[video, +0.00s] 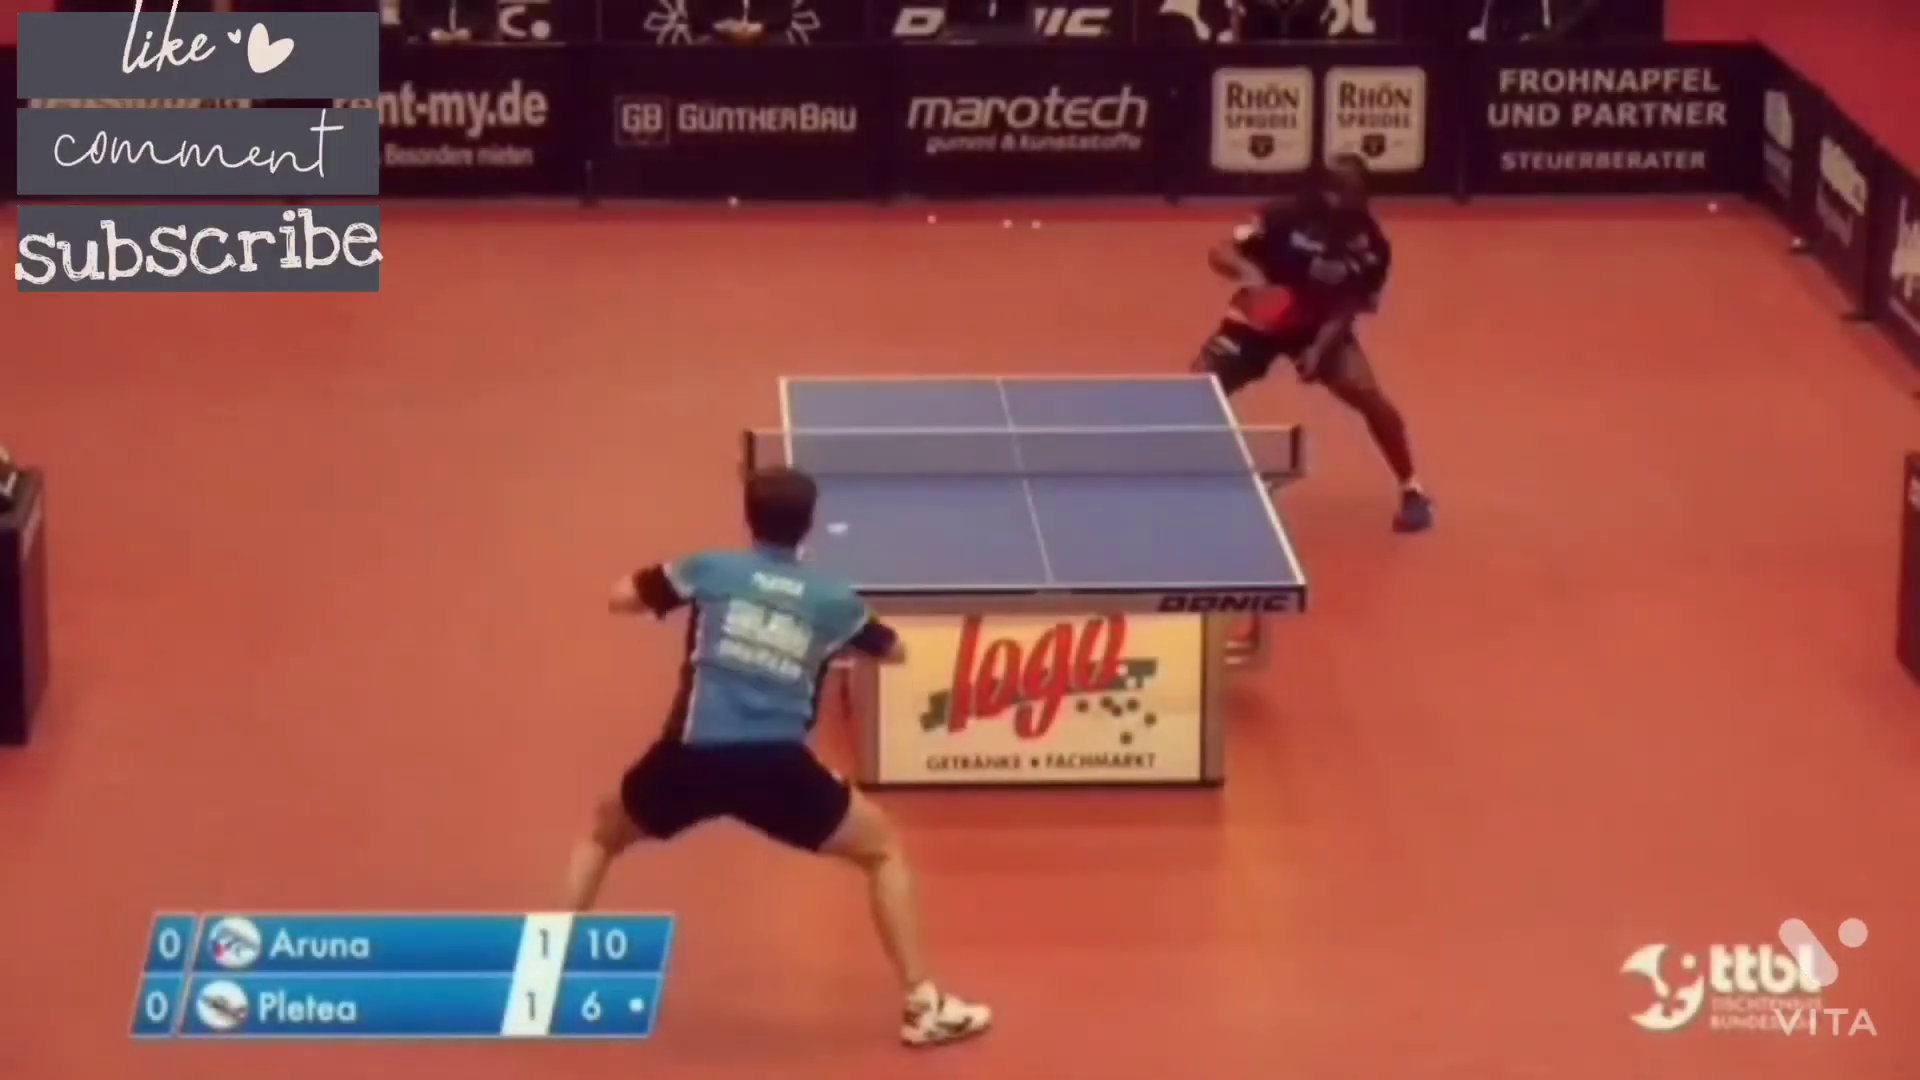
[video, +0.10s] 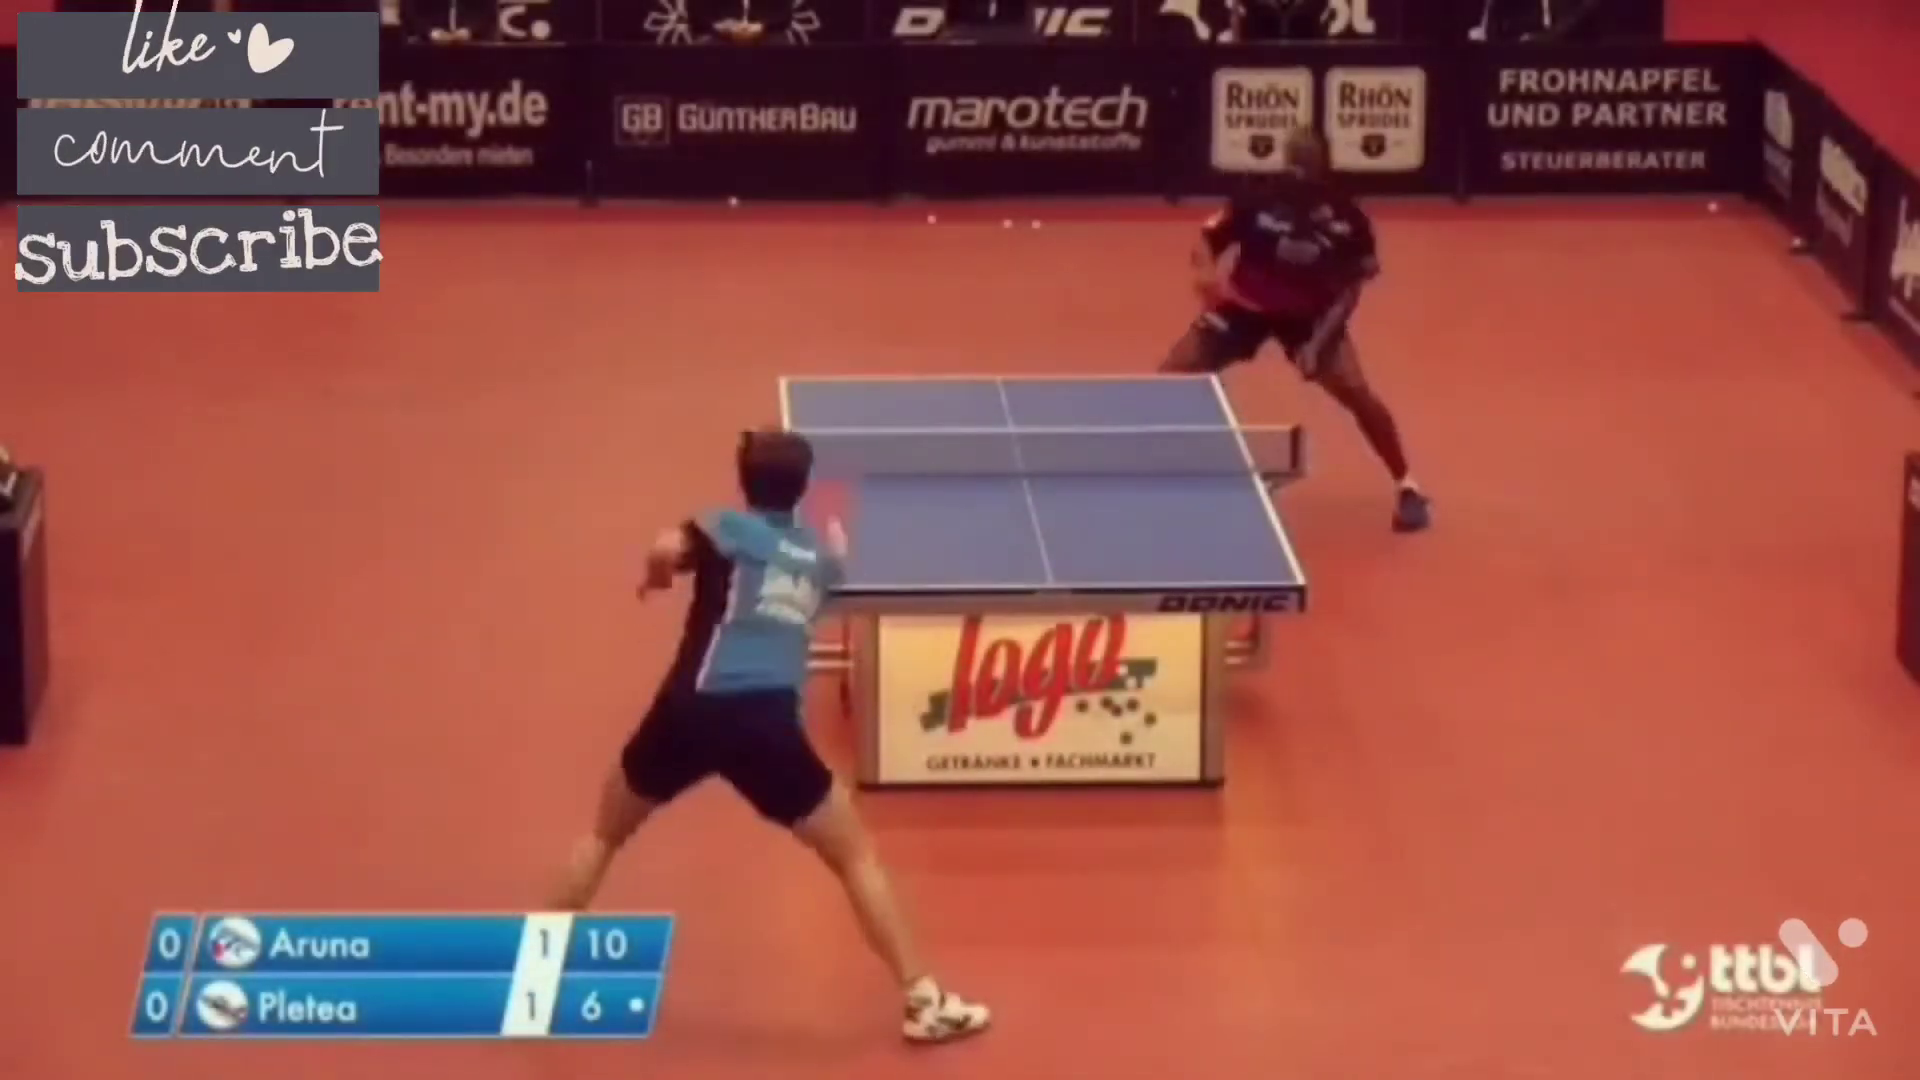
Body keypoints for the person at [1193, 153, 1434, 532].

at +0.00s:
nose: (1338, 198)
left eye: (1348, 190)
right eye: (1331, 187)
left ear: (1363, 194)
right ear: (1318, 185)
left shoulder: (1371, 245)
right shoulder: (1284, 217)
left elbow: (1348, 308)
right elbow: (1221, 253)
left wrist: (1317, 351)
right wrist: (1249, 276)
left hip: (1320, 333)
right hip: (1258, 325)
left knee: (1369, 398)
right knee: (1195, 394)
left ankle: (1410, 489)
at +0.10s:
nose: (1303, 172)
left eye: (1310, 163)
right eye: (1296, 162)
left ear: (1326, 164)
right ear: (1285, 162)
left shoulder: (1346, 219)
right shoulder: (1257, 197)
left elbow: (1349, 296)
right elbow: (1208, 240)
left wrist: (1316, 346)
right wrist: (1205, 276)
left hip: (1309, 322)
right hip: (1242, 310)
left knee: (1357, 396)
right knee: (1170, 378)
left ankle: (1406, 487)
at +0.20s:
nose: (1245, 155)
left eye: (1254, 146)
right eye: (1240, 146)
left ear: (1273, 145)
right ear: (1231, 145)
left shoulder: (1304, 189)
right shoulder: (1216, 185)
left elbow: (1332, 261)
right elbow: (1191, 241)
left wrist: (1304, 323)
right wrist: (1174, 272)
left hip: (1292, 304)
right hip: (1227, 298)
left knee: (1337, 385)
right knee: (1150, 366)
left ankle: (1382, 478)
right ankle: (1119, 470)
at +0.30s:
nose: (1216, 165)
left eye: (1223, 156)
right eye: (1210, 157)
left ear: (1242, 157)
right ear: (1201, 159)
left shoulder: (1276, 200)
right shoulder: (1196, 202)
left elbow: (1314, 265)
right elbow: (1184, 257)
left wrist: (1290, 322)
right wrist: (1163, 287)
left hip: (1278, 311)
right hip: (1217, 306)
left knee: (1311, 394)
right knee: (1141, 376)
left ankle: (1374, 479)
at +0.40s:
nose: (1197, 173)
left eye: (1204, 164)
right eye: (1193, 165)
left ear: (1225, 160)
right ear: (1194, 165)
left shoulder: (1255, 199)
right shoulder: (1216, 196)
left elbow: (1290, 269)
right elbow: (1218, 252)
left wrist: (1260, 333)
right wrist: (1182, 289)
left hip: (1282, 315)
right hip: (1230, 307)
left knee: (1304, 421)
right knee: (1150, 369)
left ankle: (1390, 462)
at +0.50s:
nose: (1221, 157)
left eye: (1229, 149)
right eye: (1219, 148)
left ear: (1257, 149)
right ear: (1226, 150)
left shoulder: (1276, 196)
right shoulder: (1249, 186)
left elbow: (1286, 272)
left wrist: (1233, 322)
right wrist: (1231, 227)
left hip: (1290, 324)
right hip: (1245, 312)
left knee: (1310, 430)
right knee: (1161, 373)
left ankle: (1407, 464)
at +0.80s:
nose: (1349, 183)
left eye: (1360, 178)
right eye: (1347, 174)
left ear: (1373, 189)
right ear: (1340, 174)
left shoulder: (1374, 246)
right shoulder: (1317, 188)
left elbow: (1353, 312)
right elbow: (1276, 143)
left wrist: (1271, 314)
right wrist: (1345, 152)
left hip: (1314, 333)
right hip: (1256, 315)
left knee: (1343, 413)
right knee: (1183, 374)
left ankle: (1417, 473)